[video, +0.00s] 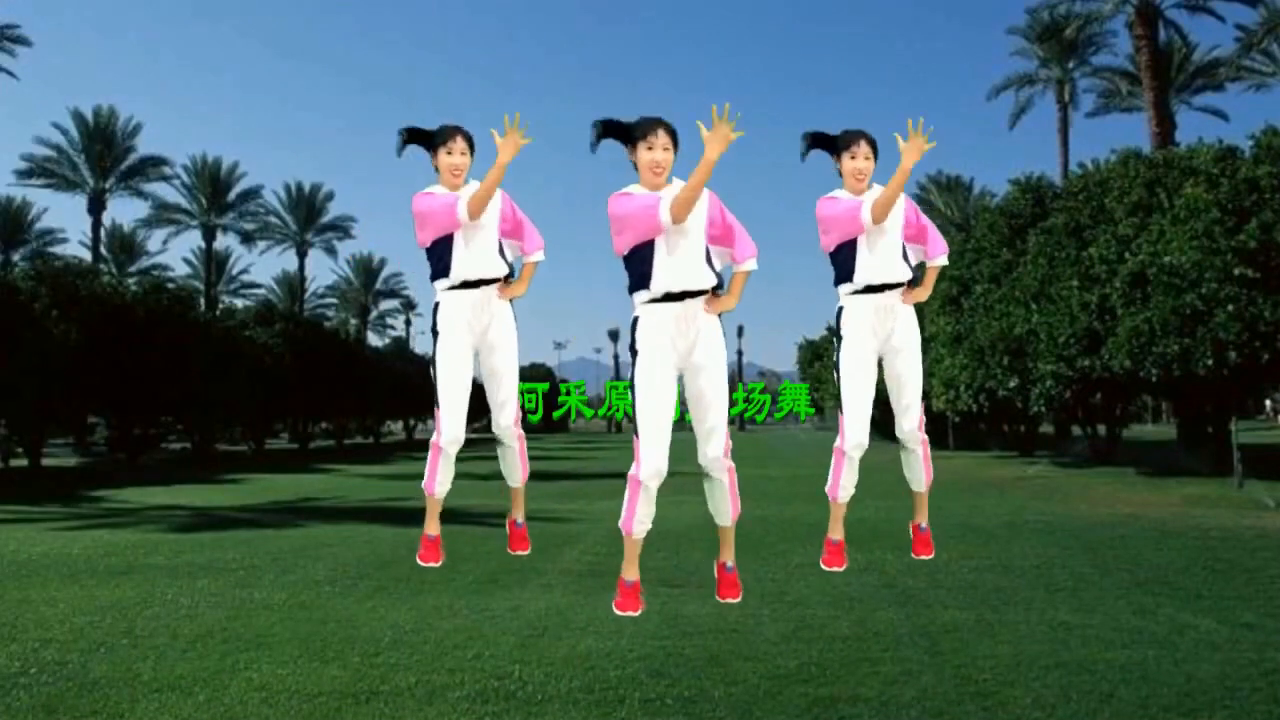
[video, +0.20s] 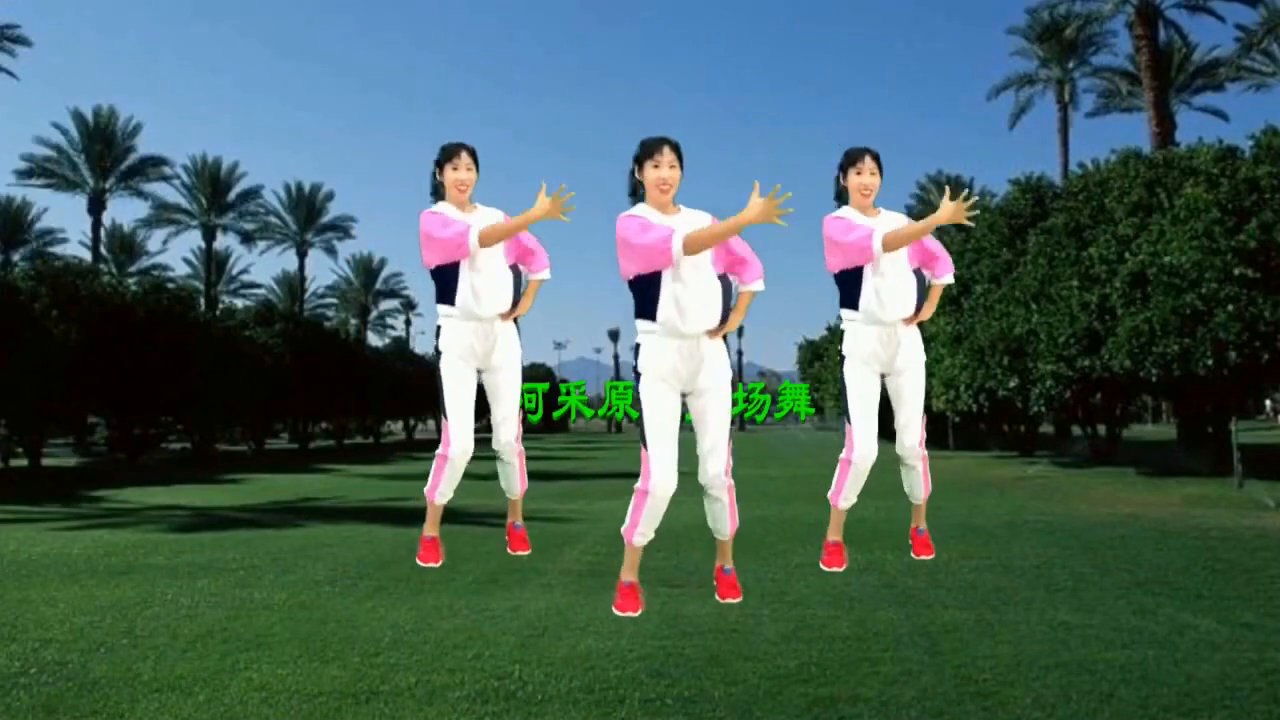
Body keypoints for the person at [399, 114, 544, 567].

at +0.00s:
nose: (457, 159)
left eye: (464, 153)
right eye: (449, 152)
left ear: (473, 160)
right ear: (434, 159)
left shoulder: (495, 198)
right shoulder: (426, 201)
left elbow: (532, 243)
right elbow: (472, 209)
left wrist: (521, 283)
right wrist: (502, 162)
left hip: (497, 304)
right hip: (454, 307)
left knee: (507, 421)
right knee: (451, 427)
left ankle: (517, 517)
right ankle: (431, 527)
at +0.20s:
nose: (463, 175)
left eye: (469, 169)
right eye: (455, 168)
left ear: (477, 176)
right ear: (440, 176)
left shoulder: (497, 218)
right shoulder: (433, 219)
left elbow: (539, 262)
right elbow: (478, 239)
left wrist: (521, 307)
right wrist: (534, 216)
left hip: (501, 333)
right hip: (457, 334)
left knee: (507, 437)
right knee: (458, 443)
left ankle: (516, 521)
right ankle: (431, 531)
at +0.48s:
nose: (457, 157)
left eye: (464, 150)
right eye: (449, 150)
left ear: (476, 156)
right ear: (435, 156)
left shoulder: (497, 202)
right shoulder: (423, 197)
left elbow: (526, 254)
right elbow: (427, 259)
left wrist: (504, 297)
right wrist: (467, 298)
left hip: (478, 313)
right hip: (434, 311)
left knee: (476, 430)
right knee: (430, 424)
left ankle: (461, 434)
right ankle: (424, 528)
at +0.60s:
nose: (453, 184)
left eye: (460, 177)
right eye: (445, 178)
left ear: (471, 184)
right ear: (434, 186)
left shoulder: (493, 234)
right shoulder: (424, 236)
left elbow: (519, 292)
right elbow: (387, 293)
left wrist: (496, 333)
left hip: (470, 343)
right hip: (427, 338)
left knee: (461, 455)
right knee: (427, 442)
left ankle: (430, 435)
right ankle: (424, 531)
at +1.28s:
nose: (474, 158)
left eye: (482, 151)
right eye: (466, 152)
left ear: (495, 159)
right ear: (457, 161)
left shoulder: (515, 206)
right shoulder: (439, 205)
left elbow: (554, 253)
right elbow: (394, 242)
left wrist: (520, 296)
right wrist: (420, 285)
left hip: (495, 317)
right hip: (450, 316)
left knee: (494, 426)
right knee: (452, 426)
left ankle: (490, 530)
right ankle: (450, 530)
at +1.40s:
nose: (470, 167)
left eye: (478, 160)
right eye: (463, 162)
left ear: (493, 168)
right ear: (455, 172)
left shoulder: (515, 211)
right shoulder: (447, 215)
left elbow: (543, 270)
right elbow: (399, 246)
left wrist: (517, 323)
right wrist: (432, 289)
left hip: (487, 327)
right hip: (443, 321)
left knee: (483, 435)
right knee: (436, 429)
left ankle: (487, 533)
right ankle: (445, 530)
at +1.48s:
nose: (468, 174)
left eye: (476, 167)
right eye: (461, 169)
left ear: (491, 175)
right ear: (454, 179)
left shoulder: (514, 218)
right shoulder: (447, 224)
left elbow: (536, 280)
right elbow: (400, 255)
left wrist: (515, 333)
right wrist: (429, 291)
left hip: (482, 332)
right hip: (439, 326)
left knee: (475, 438)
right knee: (429, 431)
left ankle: (485, 533)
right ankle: (444, 531)